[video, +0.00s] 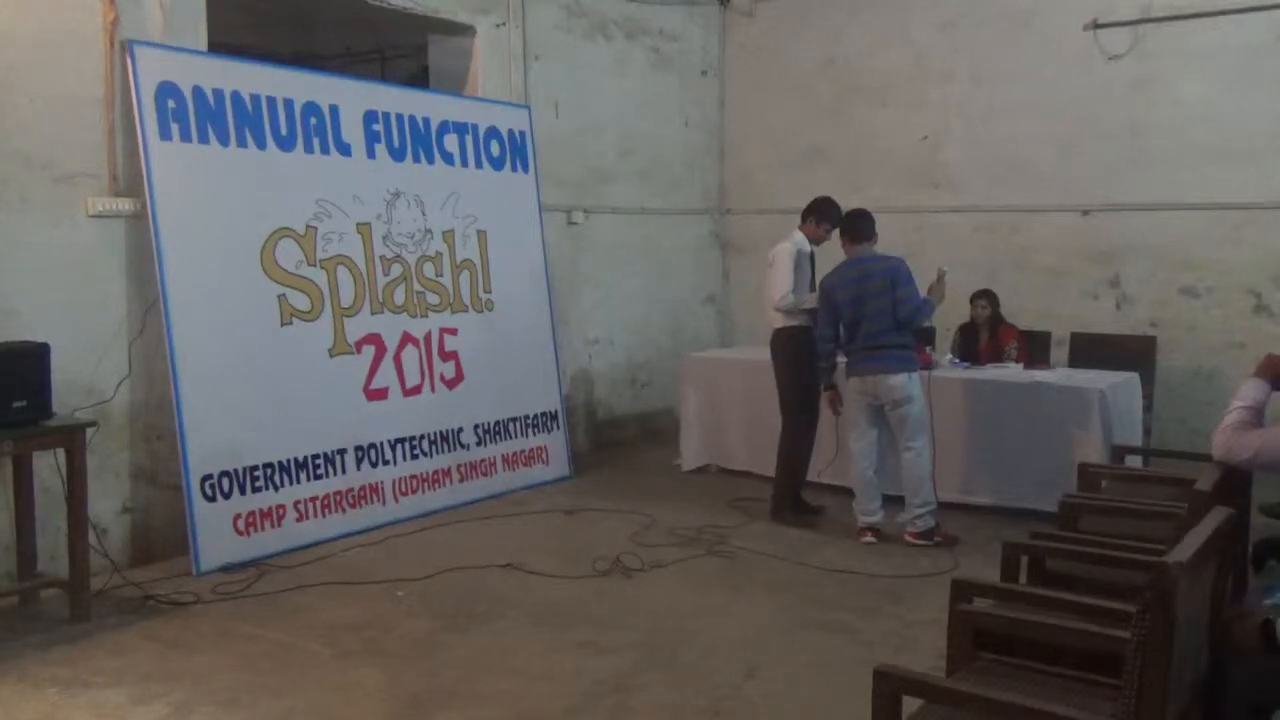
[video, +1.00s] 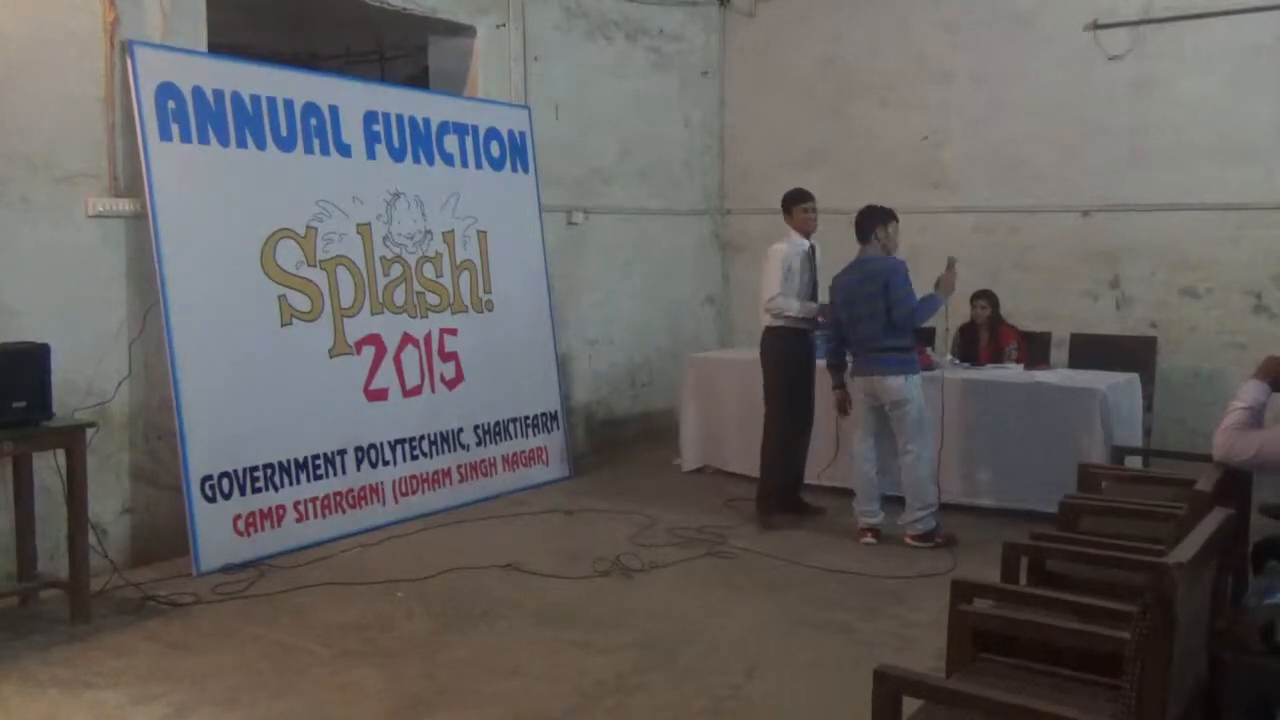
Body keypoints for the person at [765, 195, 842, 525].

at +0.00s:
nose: (827, 237)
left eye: (830, 231)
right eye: (826, 229)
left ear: (815, 223)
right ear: (811, 221)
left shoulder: (805, 252)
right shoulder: (787, 251)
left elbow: (800, 298)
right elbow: (781, 300)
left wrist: (824, 301)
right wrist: (820, 299)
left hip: (805, 337)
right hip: (790, 338)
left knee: (807, 420)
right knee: (796, 421)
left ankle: (794, 494)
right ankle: (783, 501)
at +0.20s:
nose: (828, 236)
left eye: (831, 231)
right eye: (827, 229)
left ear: (815, 223)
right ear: (811, 221)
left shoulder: (806, 252)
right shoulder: (787, 250)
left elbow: (800, 297)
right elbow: (779, 299)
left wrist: (825, 303)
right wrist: (821, 299)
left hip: (805, 337)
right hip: (788, 338)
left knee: (804, 423)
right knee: (794, 424)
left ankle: (794, 495)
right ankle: (783, 503)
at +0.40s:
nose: (829, 233)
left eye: (831, 227)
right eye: (827, 226)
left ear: (816, 221)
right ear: (810, 219)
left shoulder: (807, 251)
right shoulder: (788, 249)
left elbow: (800, 297)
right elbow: (778, 298)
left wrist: (823, 304)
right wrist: (819, 300)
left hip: (804, 337)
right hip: (788, 338)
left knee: (804, 423)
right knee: (794, 424)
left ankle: (794, 496)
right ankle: (783, 503)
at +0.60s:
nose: (826, 226)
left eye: (828, 220)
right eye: (822, 219)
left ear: (823, 220)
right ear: (804, 216)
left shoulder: (808, 251)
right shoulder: (788, 249)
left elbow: (801, 296)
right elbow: (778, 298)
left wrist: (824, 303)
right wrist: (817, 302)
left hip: (803, 335)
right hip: (787, 337)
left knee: (803, 422)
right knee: (792, 422)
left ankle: (793, 495)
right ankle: (783, 503)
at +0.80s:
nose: (822, 219)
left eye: (824, 213)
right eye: (816, 213)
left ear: (820, 216)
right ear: (798, 215)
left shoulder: (810, 250)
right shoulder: (787, 249)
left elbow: (801, 297)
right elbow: (776, 298)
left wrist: (825, 306)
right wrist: (817, 304)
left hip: (803, 336)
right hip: (785, 336)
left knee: (803, 420)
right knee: (788, 421)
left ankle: (793, 495)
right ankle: (781, 504)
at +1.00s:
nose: (811, 217)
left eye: (813, 211)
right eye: (804, 212)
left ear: (816, 214)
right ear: (788, 216)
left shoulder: (810, 251)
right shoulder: (782, 252)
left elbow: (801, 300)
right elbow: (772, 302)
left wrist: (822, 311)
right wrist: (815, 311)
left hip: (801, 337)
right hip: (781, 338)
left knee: (801, 420)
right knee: (780, 421)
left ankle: (791, 495)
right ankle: (769, 503)